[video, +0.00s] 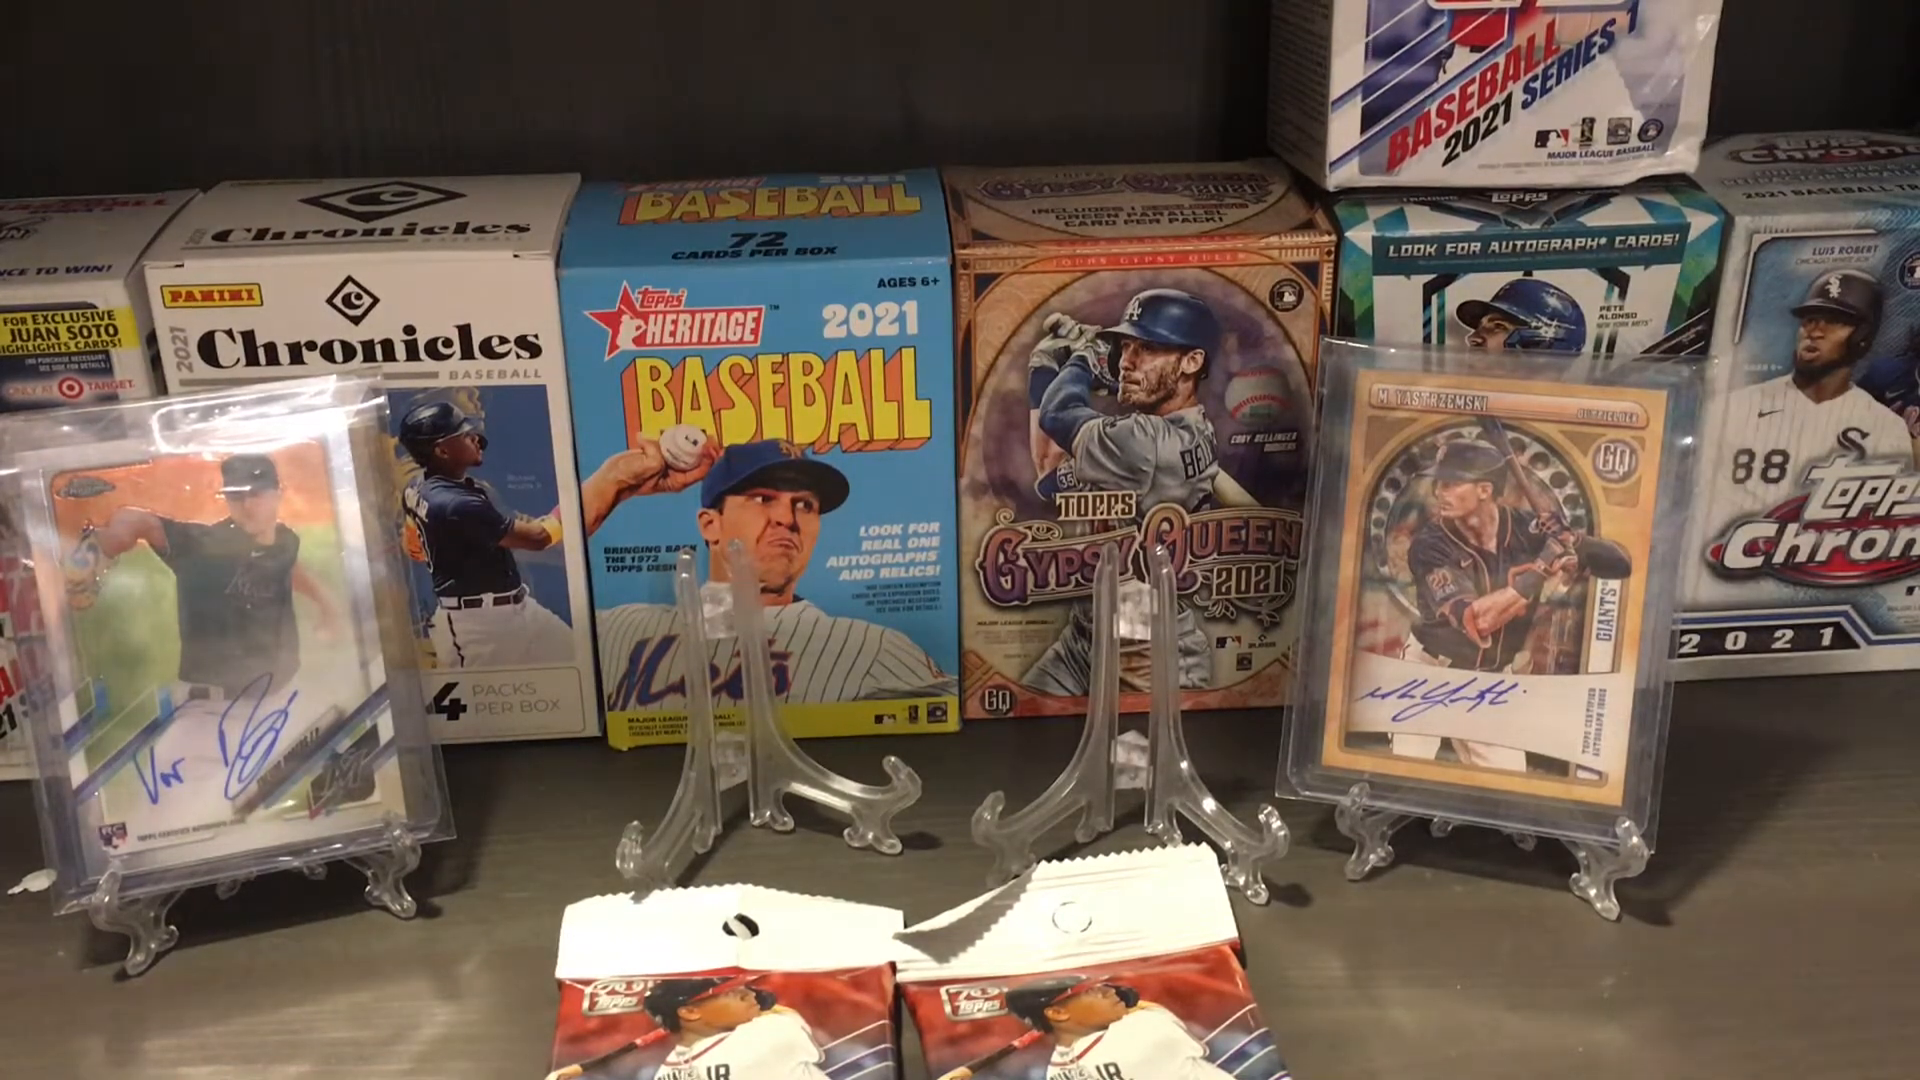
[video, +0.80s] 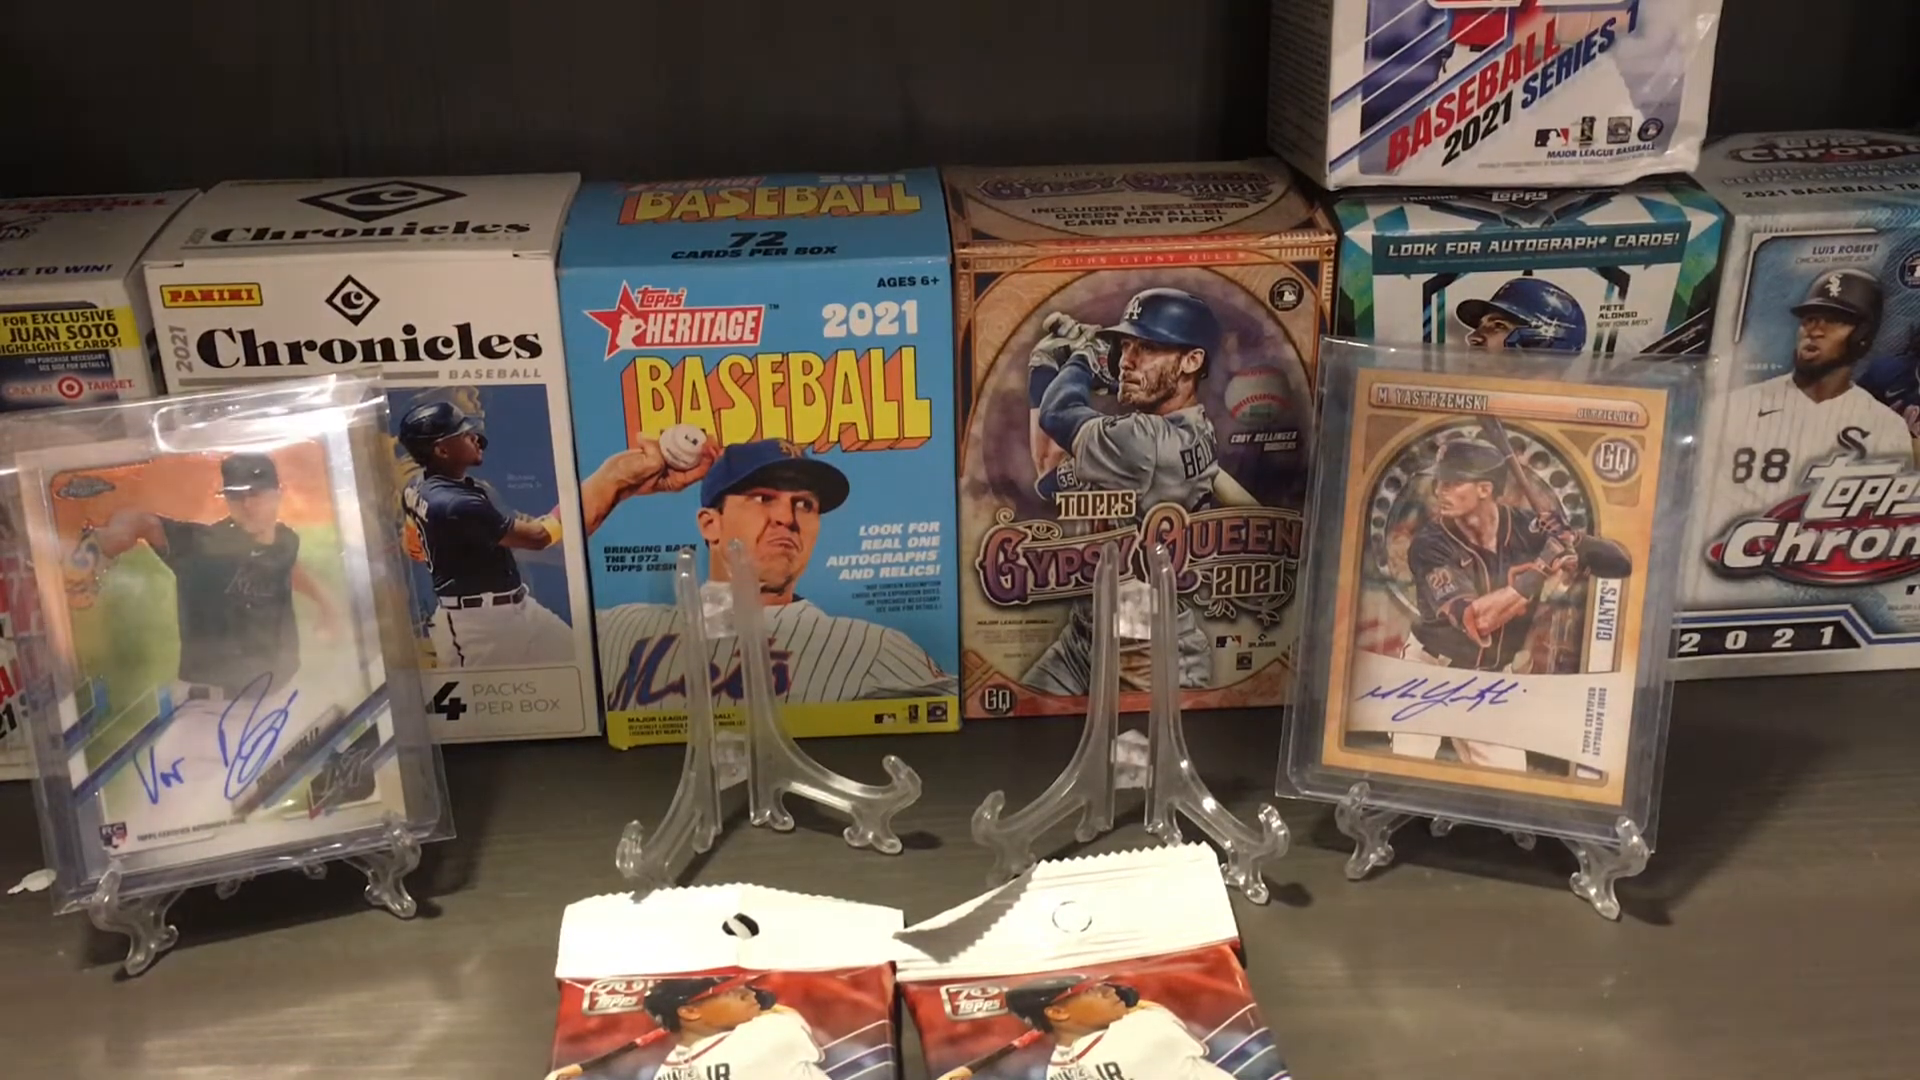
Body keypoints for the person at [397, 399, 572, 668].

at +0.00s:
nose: (476, 437)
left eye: (470, 430)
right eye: (465, 433)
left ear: (442, 451)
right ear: (442, 450)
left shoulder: (419, 490)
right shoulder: (460, 506)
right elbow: (538, 537)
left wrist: (539, 523)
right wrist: (568, 511)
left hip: (520, 609)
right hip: (473, 623)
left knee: (587, 664)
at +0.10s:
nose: (476, 437)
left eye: (470, 431)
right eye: (465, 433)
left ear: (442, 451)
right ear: (442, 450)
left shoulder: (420, 490)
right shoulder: (460, 507)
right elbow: (538, 538)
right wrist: (571, 509)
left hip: (520, 609)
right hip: (474, 623)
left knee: (587, 665)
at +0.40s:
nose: (476, 437)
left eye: (470, 431)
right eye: (465, 433)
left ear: (442, 451)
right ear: (442, 450)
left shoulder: (420, 489)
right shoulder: (460, 506)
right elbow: (538, 537)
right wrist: (570, 510)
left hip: (520, 609)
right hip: (474, 623)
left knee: (587, 664)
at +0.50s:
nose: (476, 437)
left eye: (470, 431)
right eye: (465, 433)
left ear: (443, 451)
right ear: (442, 450)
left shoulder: (420, 490)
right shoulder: (459, 507)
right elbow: (538, 538)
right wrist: (570, 509)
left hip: (520, 609)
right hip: (474, 623)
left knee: (588, 664)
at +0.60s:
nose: (476, 437)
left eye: (470, 431)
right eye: (465, 433)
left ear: (442, 451)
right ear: (442, 450)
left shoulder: (419, 490)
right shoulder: (460, 506)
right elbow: (538, 537)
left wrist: (541, 523)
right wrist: (568, 512)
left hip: (520, 609)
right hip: (474, 623)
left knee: (587, 664)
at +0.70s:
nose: (476, 437)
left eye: (470, 431)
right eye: (465, 433)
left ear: (442, 451)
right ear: (442, 450)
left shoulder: (419, 490)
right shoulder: (459, 506)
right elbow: (538, 537)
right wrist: (568, 511)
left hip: (520, 609)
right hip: (474, 623)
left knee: (588, 663)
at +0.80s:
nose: (476, 436)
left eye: (470, 430)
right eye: (465, 432)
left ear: (442, 450)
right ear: (441, 449)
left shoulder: (419, 489)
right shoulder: (460, 506)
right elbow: (538, 537)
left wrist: (546, 521)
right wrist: (567, 511)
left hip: (520, 609)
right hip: (474, 623)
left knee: (588, 663)